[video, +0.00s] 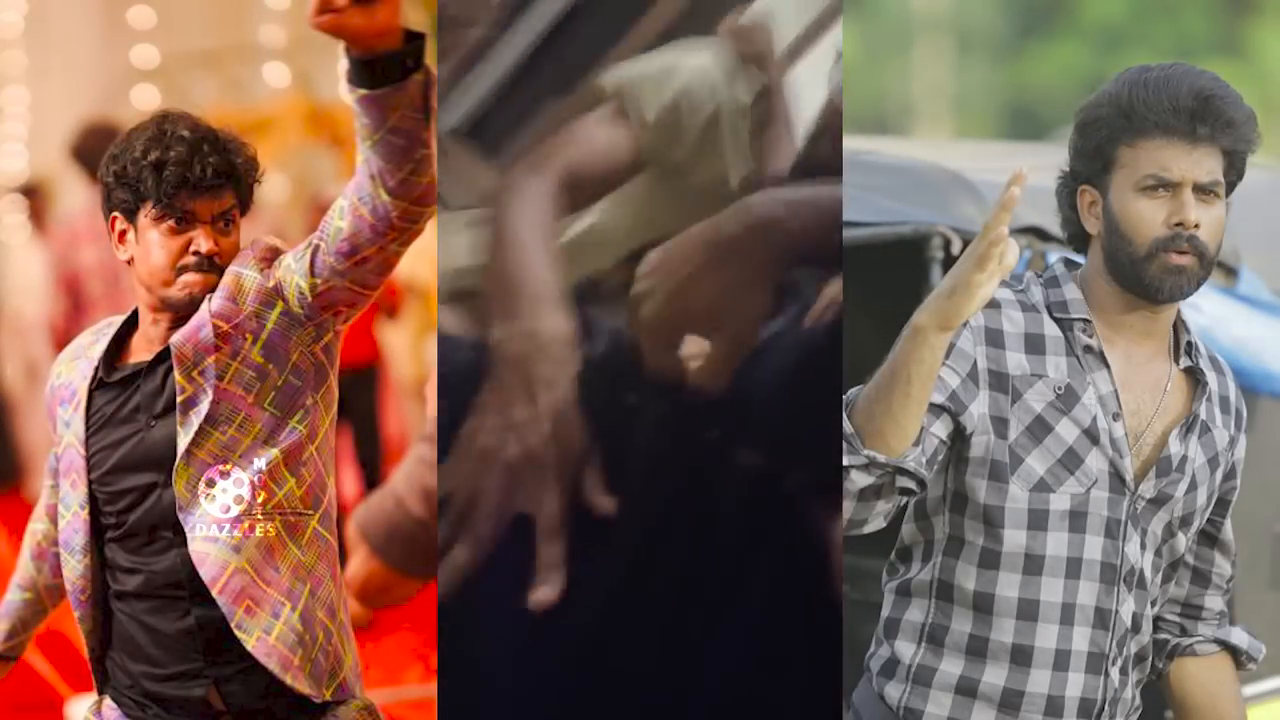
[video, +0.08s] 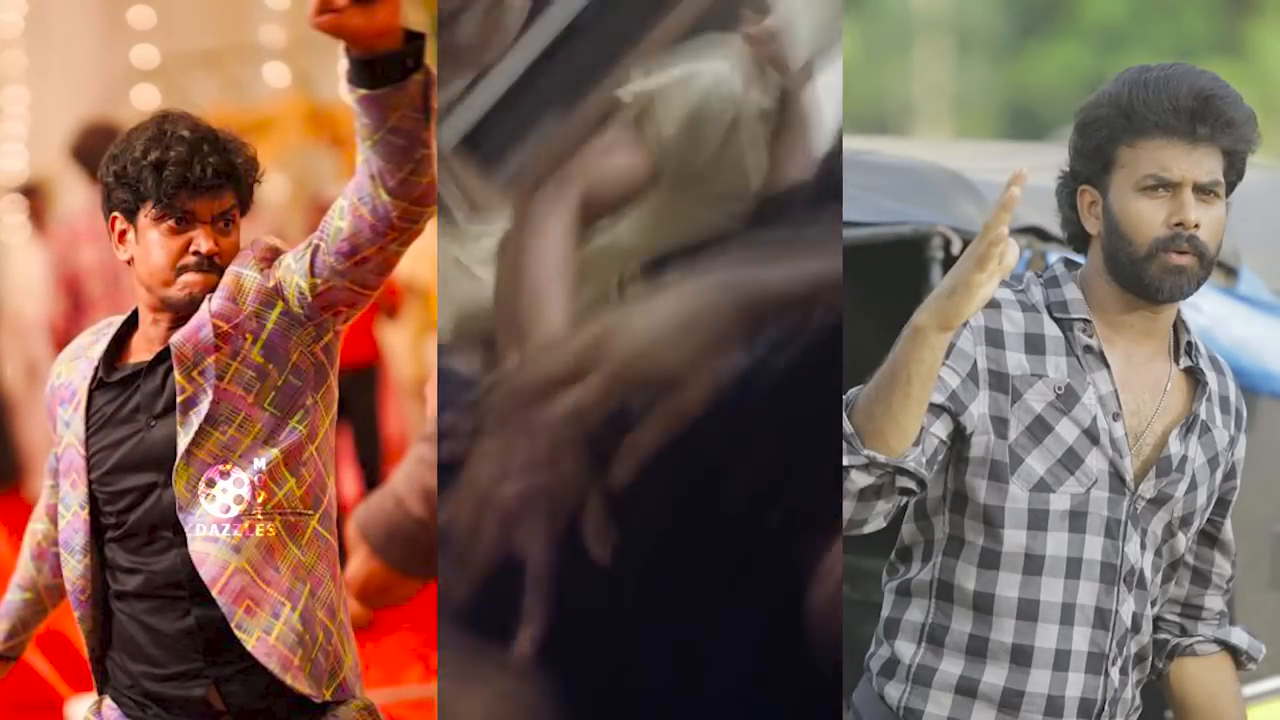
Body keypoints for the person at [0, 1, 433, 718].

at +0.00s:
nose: (206, 245)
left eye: (223, 222)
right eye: (179, 222)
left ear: (243, 230)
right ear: (122, 236)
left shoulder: (287, 312)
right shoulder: (76, 373)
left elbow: (394, 200)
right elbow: (56, 524)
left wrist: (381, 52)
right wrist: (7, 635)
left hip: (290, 700)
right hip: (140, 705)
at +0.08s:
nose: (206, 245)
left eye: (223, 222)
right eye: (179, 222)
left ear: (243, 230)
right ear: (122, 236)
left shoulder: (287, 312)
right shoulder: (76, 373)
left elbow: (393, 201)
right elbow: (56, 524)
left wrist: (381, 52)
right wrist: (7, 635)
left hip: (290, 700)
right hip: (140, 705)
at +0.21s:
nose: (206, 245)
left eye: (223, 222)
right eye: (179, 222)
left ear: (243, 230)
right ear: (122, 236)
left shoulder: (287, 312)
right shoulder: (76, 373)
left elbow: (393, 201)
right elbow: (56, 524)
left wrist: (380, 52)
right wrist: (7, 635)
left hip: (290, 700)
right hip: (140, 705)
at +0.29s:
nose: (206, 245)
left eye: (223, 222)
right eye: (179, 222)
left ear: (243, 230)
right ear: (122, 236)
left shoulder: (287, 312)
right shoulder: (76, 373)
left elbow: (394, 200)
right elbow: (56, 524)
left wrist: (380, 52)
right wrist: (7, 635)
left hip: (291, 700)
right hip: (140, 705)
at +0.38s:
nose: (206, 245)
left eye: (223, 222)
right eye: (179, 222)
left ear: (242, 230)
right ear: (123, 236)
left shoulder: (286, 313)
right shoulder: (76, 373)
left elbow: (393, 200)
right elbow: (56, 524)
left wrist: (380, 52)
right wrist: (8, 634)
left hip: (290, 700)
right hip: (140, 705)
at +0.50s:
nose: (206, 245)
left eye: (223, 222)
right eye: (179, 222)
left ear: (243, 229)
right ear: (123, 237)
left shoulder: (286, 312)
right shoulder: (75, 374)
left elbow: (393, 200)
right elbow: (56, 524)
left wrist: (380, 52)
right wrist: (7, 635)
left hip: (292, 702)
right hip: (140, 708)